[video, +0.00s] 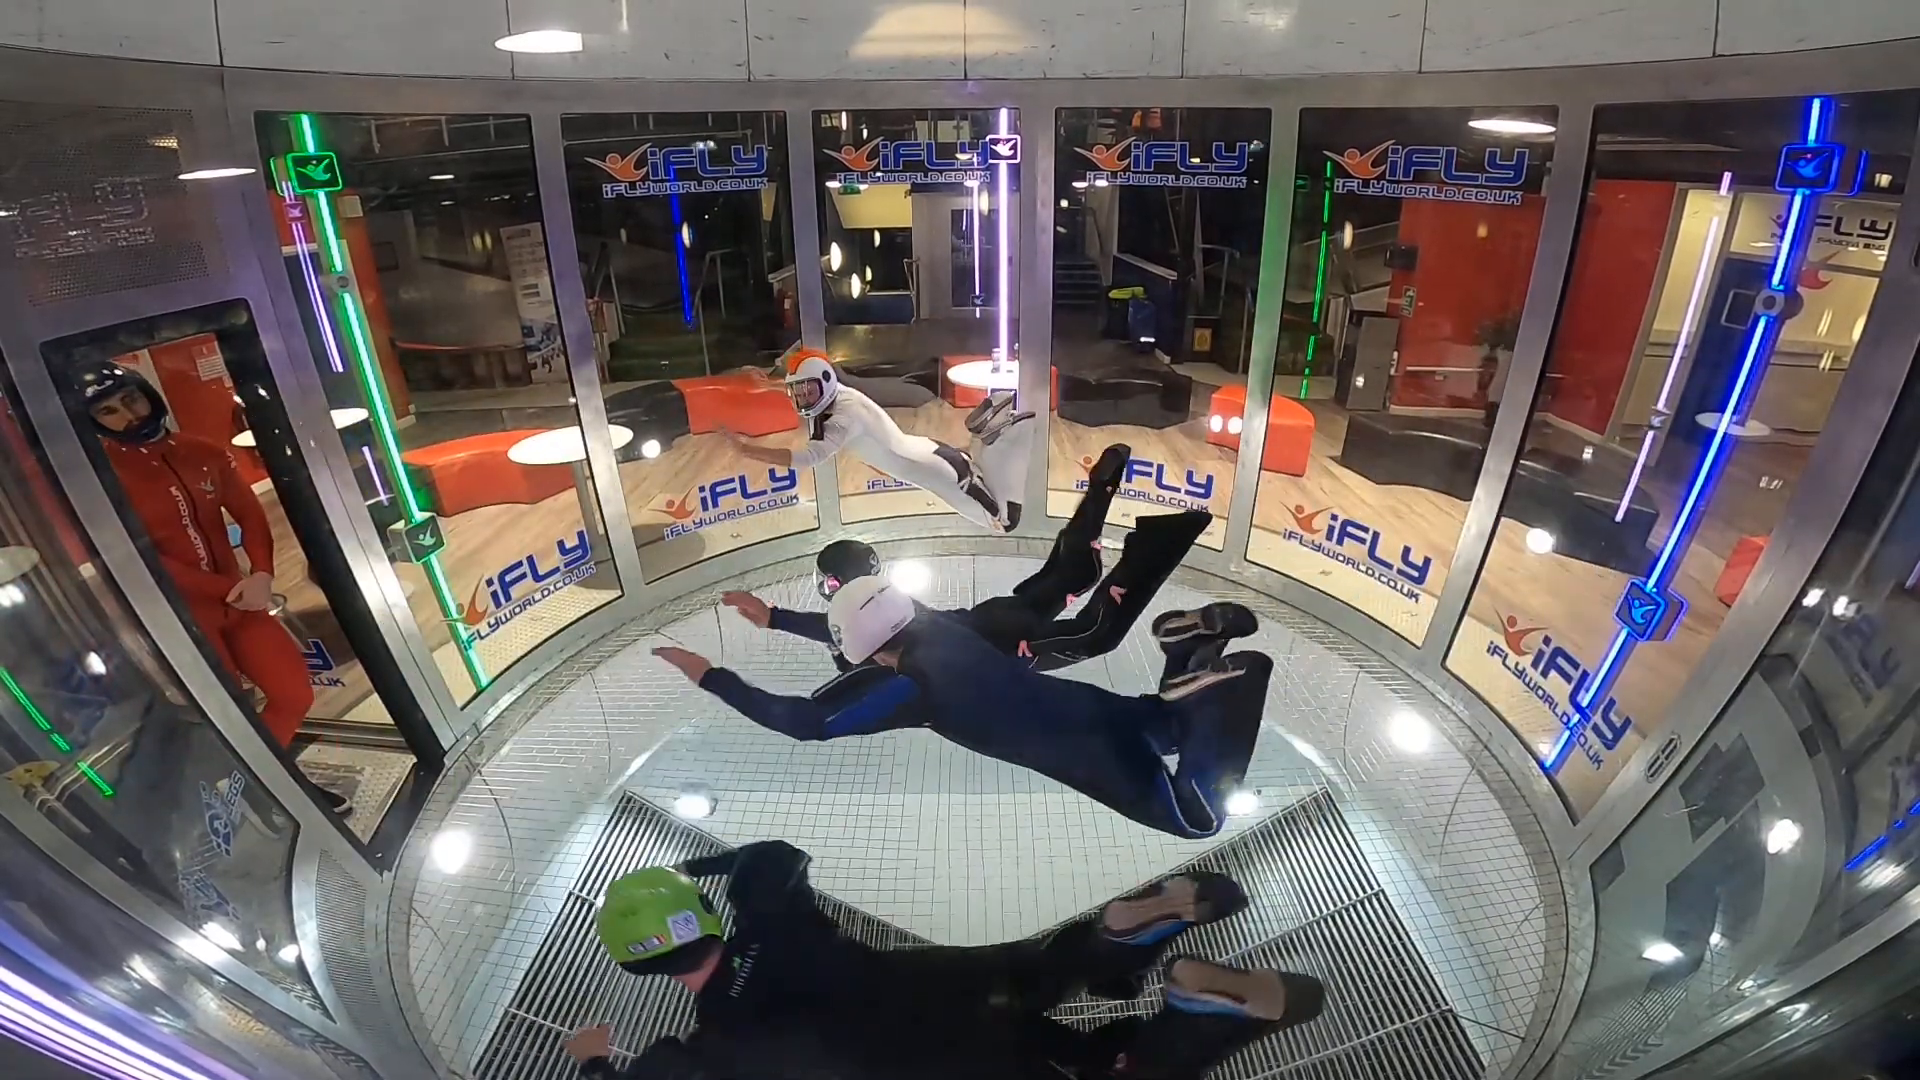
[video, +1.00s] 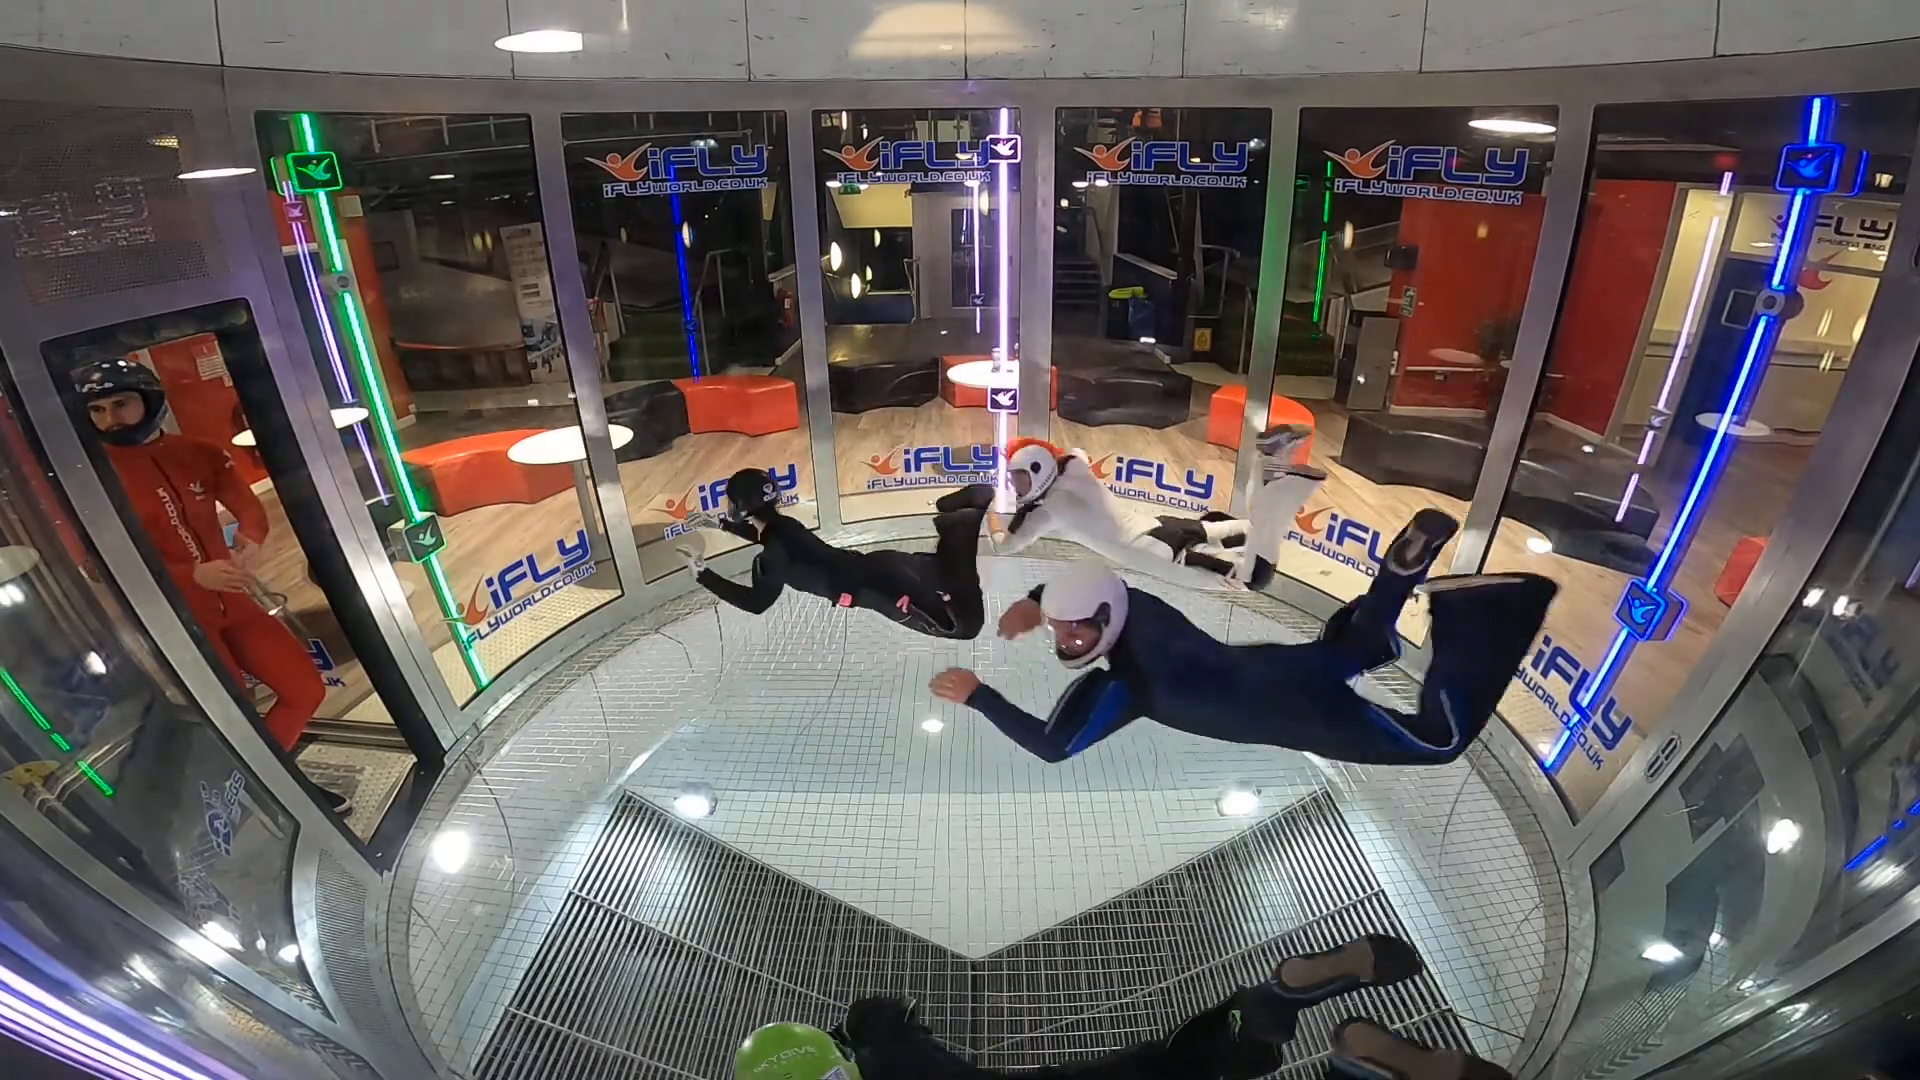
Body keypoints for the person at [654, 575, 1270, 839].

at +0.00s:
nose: (857, 652)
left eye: (860, 643)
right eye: (857, 642)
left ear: (880, 638)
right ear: (893, 613)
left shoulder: (916, 680)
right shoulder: (926, 625)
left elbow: (806, 720)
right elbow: (845, 630)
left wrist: (712, 677)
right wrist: (771, 617)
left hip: (1084, 749)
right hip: (1089, 709)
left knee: (1196, 814)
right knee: (1175, 760)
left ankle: (1202, 689)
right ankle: (1195, 670)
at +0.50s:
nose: (859, 638)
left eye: (867, 631)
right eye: (860, 629)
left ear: (899, 631)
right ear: (899, 617)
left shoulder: (934, 668)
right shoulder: (937, 621)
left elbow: (832, 698)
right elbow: (848, 616)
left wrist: (734, 655)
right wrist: (781, 602)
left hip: (1090, 759)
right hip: (1089, 725)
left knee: (1180, 845)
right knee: (1154, 809)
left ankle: (1194, 714)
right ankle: (1175, 690)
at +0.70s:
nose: (930, 632)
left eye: (939, 621)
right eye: (927, 620)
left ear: (971, 616)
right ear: (974, 603)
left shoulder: (1001, 659)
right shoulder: (1007, 616)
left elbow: (910, 717)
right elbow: (904, 599)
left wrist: (851, 642)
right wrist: (851, 583)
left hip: (1159, 745)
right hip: (1154, 709)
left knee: (1265, 821)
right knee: (1220, 735)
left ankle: (1249, 690)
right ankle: (1238, 662)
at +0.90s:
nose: (1018, 628)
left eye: (1029, 618)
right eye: (1015, 614)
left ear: (1059, 616)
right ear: (1050, 600)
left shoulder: (1076, 669)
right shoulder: (1090, 607)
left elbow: (1003, 729)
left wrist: (936, 668)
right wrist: (981, 594)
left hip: (1252, 725)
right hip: (1239, 682)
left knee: (1385, 765)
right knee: (1320, 678)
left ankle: (1383, 640)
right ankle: (1350, 616)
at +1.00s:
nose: (1061, 640)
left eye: (1071, 630)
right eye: (1060, 628)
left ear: (1101, 627)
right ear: (1086, 609)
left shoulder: (1122, 680)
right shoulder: (1126, 605)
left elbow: (1053, 743)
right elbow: (1087, 585)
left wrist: (978, 695)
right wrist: (1038, 603)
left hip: (1307, 713)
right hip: (1290, 663)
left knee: (1441, 736)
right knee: (1355, 644)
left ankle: (1476, 615)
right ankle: (1401, 572)